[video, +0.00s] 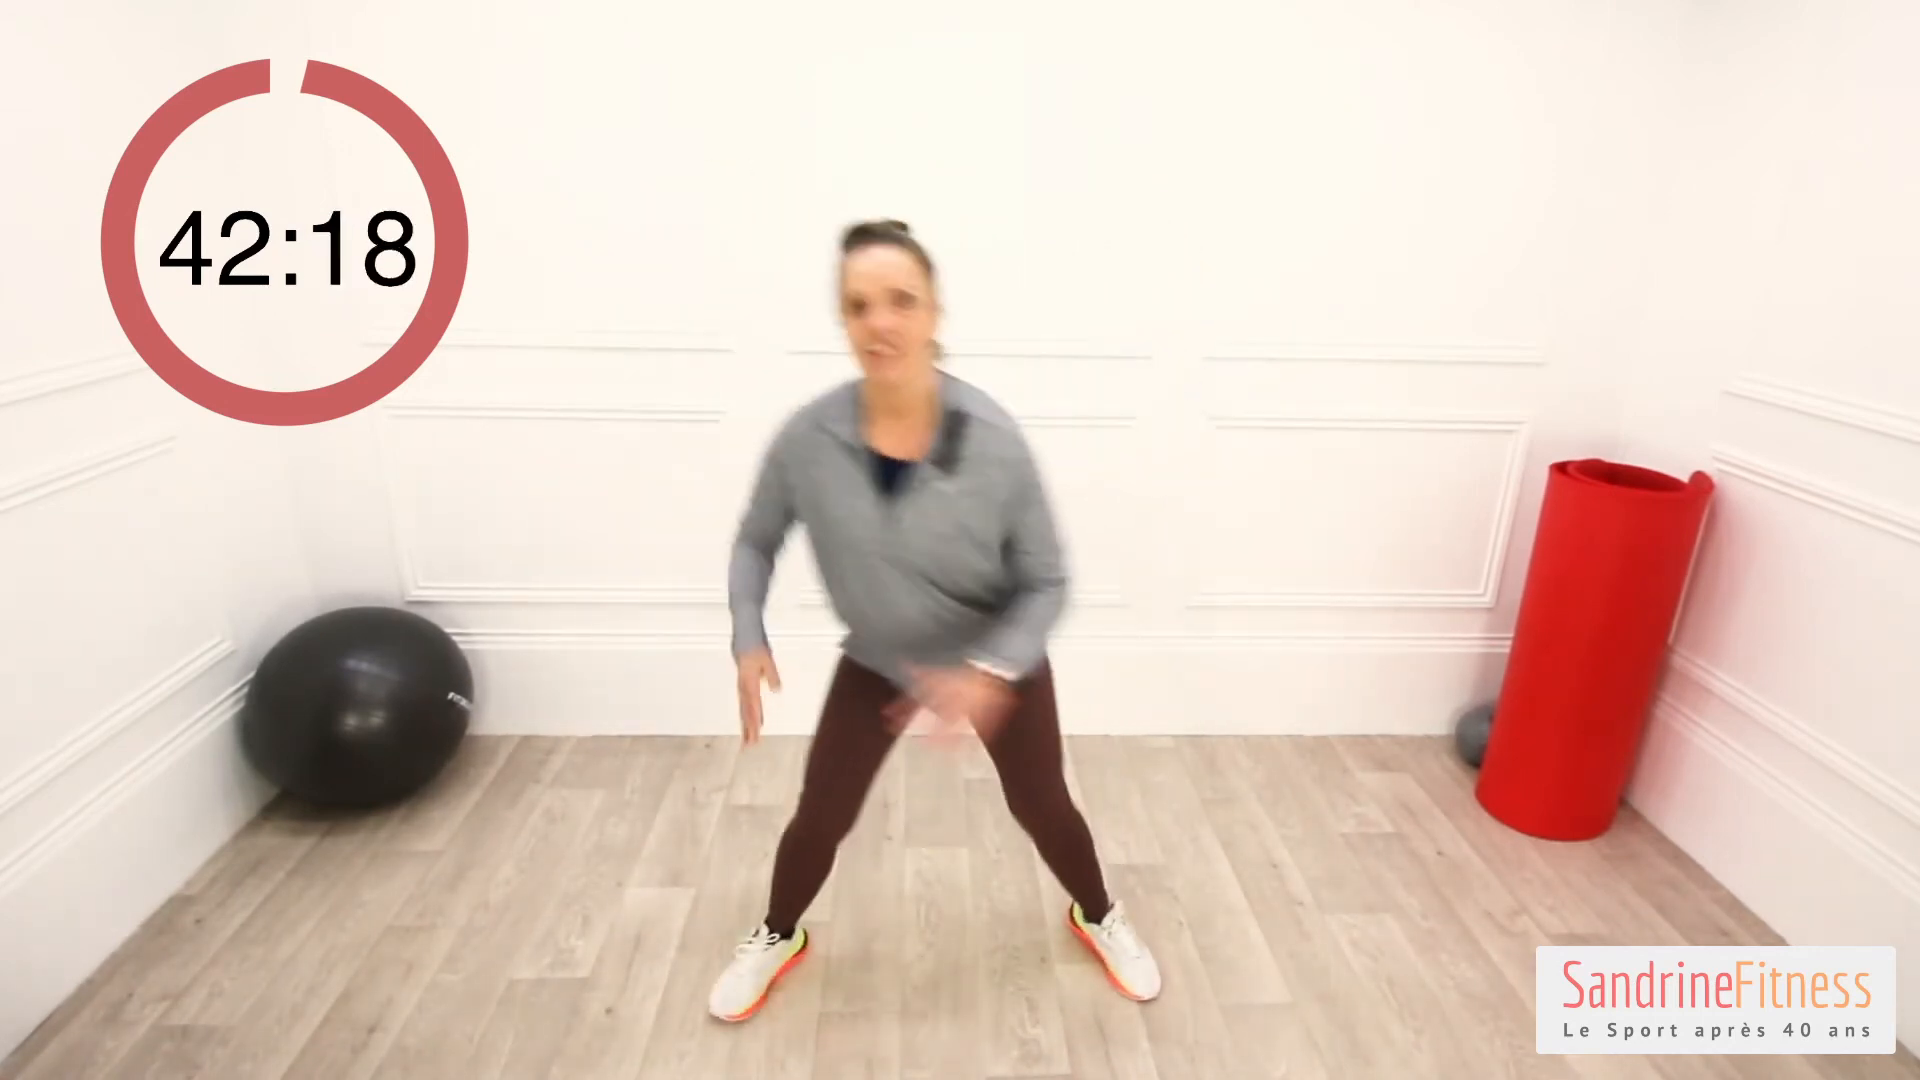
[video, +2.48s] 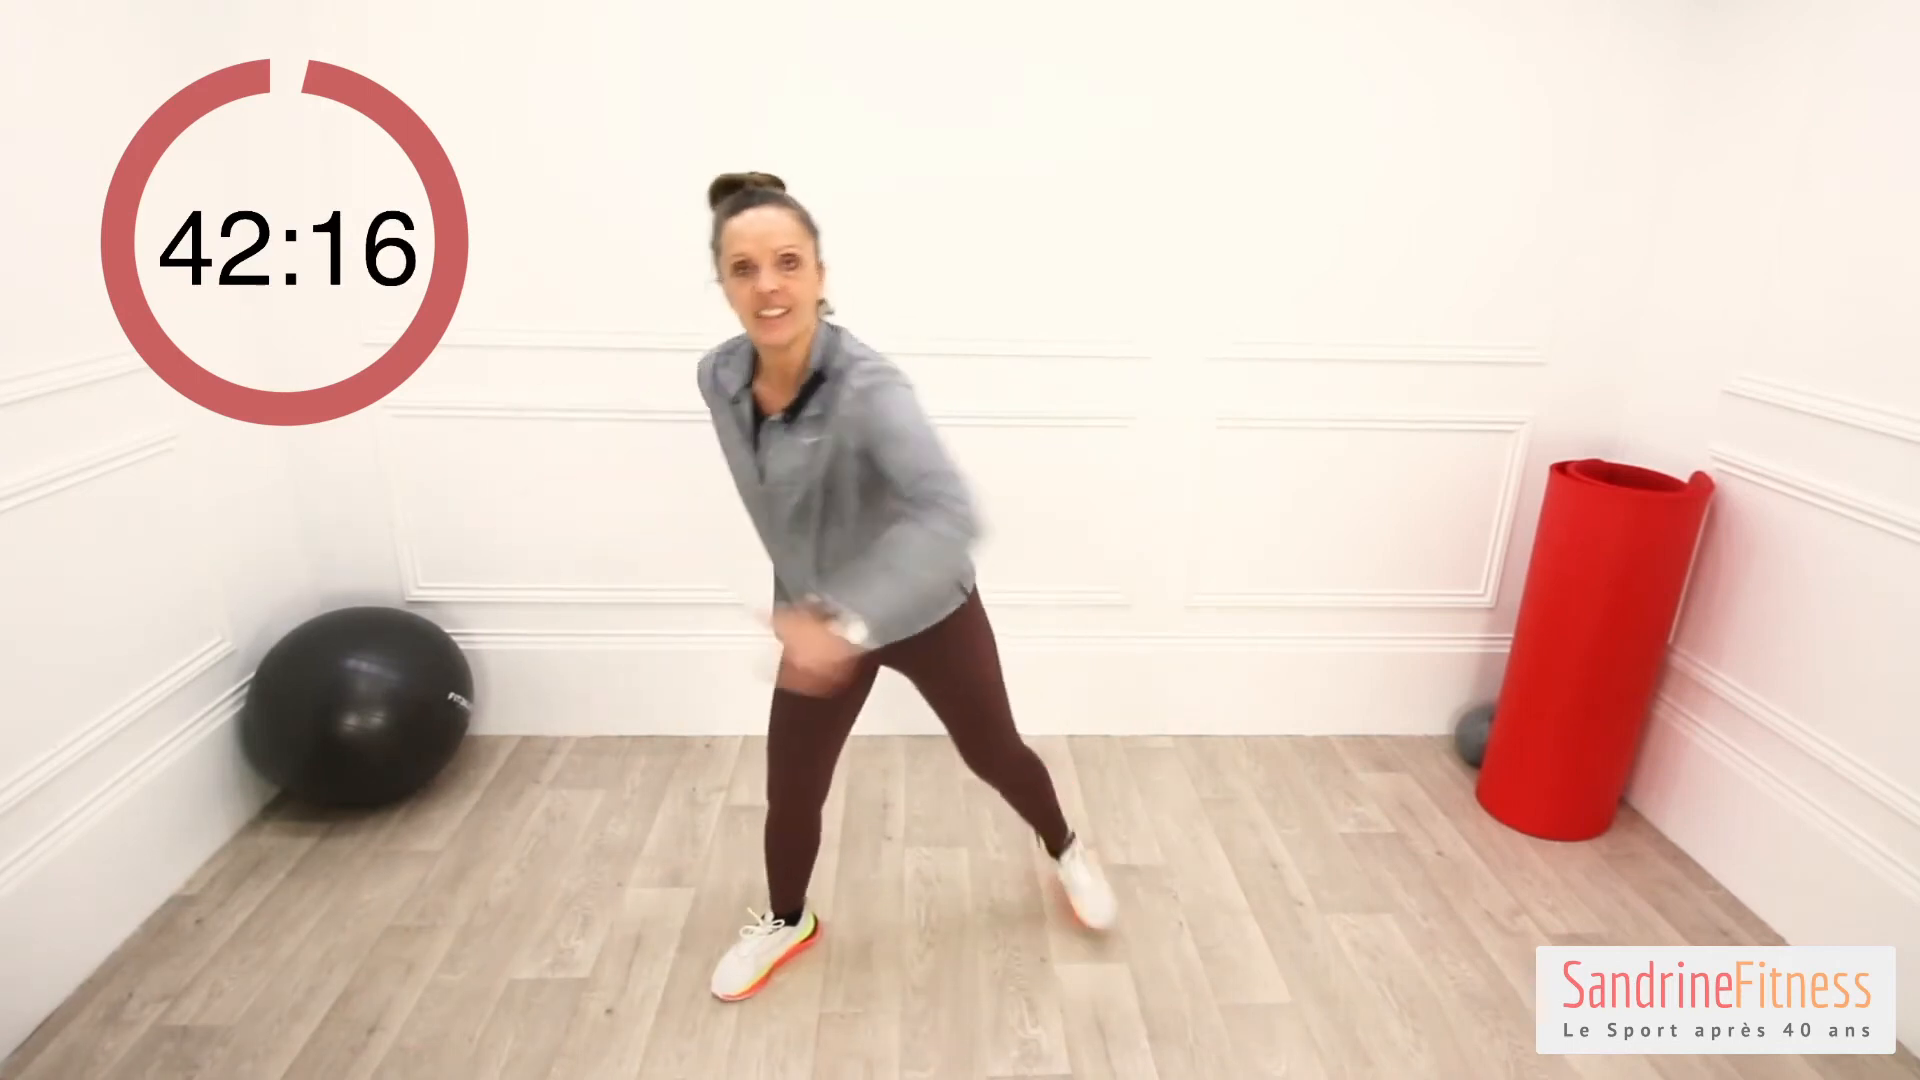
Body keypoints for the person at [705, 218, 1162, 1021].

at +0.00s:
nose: (878, 325)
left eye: (899, 302)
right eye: (858, 306)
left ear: (935, 314)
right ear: (841, 322)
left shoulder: (991, 440)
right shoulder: (807, 441)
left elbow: (1045, 582)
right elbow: (756, 543)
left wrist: (991, 672)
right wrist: (748, 637)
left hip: (996, 646)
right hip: (879, 653)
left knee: (1041, 806)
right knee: (821, 816)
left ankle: (1100, 919)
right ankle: (777, 937)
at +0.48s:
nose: (741, 301)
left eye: (762, 276)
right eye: (716, 283)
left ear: (798, 288)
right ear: (697, 302)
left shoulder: (837, 390)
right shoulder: (701, 393)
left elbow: (869, 504)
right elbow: (752, 516)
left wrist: (719, 570)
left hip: (910, 607)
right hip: (807, 628)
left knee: (978, 752)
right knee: (777, 808)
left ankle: (1050, 828)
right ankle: (779, 937)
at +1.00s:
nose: (1027, 311)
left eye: (1041, 286)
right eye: (1002, 294)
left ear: (1061, 293)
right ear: (970, 311)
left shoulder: (1083, 411)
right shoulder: (933, 426)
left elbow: (1051, 530)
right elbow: (886, 586)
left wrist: (1054, 590)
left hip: (1008, 635)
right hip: (901, 633)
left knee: (1047, 803)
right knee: (838, 802)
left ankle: (1089, 920)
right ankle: (766, 931)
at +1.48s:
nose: (1099, 294)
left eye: (1117, 270)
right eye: (1074, 276)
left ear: (1141, 279)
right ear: (1045, 292)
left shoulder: (1159, 383)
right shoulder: (1019, 400)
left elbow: (1107, 516)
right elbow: (1018, 583)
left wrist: (1075, 604)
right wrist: (1166, 625)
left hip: (1061, 616)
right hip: (959, 600)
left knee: (1074, 792)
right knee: (881, 748)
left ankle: (1088, 917)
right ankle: (791, 844)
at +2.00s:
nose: (807, 295)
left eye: (827, 273)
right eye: (786, 277)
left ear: (864, 284)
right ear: (769, 292)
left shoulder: (912, 401)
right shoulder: (766, 390)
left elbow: (980, 563)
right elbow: (811, 521)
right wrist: (828, 592)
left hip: (963, 618)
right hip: (859, 624)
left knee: (1035, 768)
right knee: (813, 789)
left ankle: (1102, 902)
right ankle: (787, 920)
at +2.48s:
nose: (769, 287)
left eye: (788, 263)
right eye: (745, 270)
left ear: (821, 273)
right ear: (724, 287)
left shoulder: (869, 390)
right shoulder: (722, 381)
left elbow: (952, 516)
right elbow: (784, 501)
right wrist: (801, 594)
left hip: (925, 603)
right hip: (821, 615)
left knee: (993, 753)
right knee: (791, 789)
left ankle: (1067, 851)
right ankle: (787, 920)